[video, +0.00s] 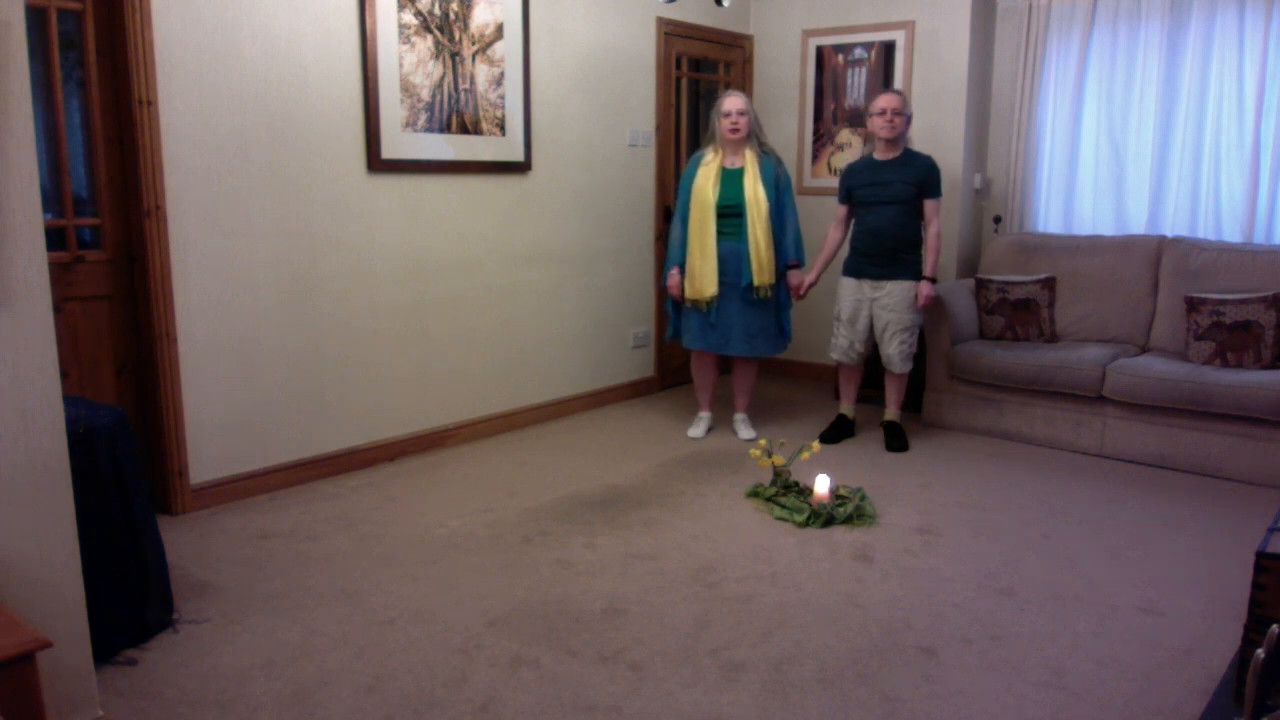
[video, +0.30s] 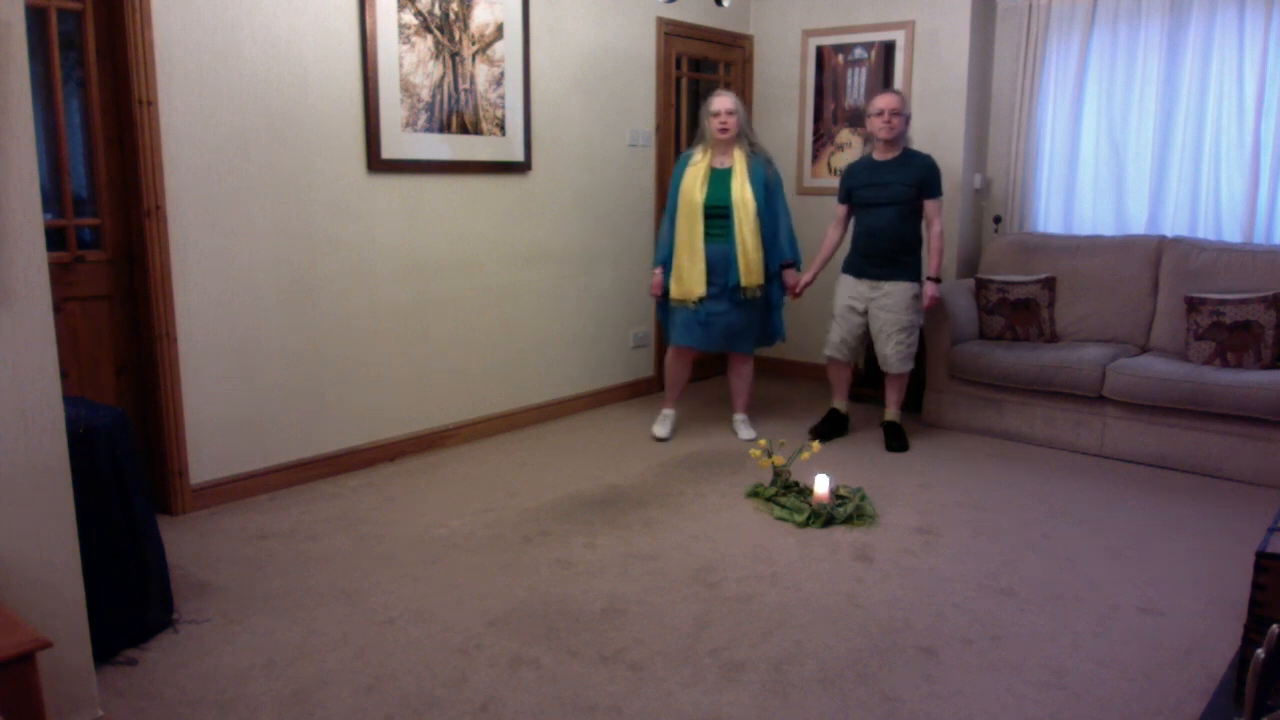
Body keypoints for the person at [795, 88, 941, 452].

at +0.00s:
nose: (889, 119)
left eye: (896, 113)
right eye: (881, 113)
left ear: (907, 121)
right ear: (868, 122)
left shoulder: (923, 167)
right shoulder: (854, 172)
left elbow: (932, 226)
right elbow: (839, 227)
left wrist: (928, 277)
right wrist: (814, 273)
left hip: (902, 279)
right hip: (857, 277)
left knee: (897, 355)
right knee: (848, 349)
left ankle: (892, 419)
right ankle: (845, 416)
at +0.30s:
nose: (887, 120)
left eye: (895, 114)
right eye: (879, 114)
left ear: (906, 121)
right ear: (867, 122)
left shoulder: (922, 166)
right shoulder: (854, 172)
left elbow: (934, 225)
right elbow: (838, 227)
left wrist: (932, 278)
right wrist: (812, 272)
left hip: (901, 281)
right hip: (855, 277)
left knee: (897, 356)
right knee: (838, 347)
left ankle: (892, 419)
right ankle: (838, 412)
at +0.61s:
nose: (860, 123)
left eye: (868, 118)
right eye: (853, 118)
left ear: (880, 124)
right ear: (842, 125)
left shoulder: (896, 170)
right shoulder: (830, 174)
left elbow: (912, 226)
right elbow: (811, 229)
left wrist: (914, 279)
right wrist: (783, 275)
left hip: (876, 283)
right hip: (832, 280)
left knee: (881, 358)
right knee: (820, 352)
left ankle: (890, 420)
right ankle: (819, 416)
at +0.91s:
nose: (824, 124)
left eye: (832, 118)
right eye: (817, 118)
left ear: (845, 125)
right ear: (807, 124)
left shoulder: (860, 170)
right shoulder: (796, 173)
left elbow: (873, 225)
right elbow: (777, 228)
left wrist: (873, 279)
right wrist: (750, 273)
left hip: (840, 277)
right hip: (800, 276)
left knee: (832, 347)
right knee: (803, 350)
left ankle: (842, 414)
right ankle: (815, 416)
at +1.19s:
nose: (800, 123)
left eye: (808, 117)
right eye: (793, 117)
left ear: (822, 125)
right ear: (783, 124)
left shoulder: (837, 169)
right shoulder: (774, 176)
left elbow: (852, 224)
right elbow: (756, 232)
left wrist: (852, 278)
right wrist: (733, 277)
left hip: (820, 278)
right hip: (782, 278)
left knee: (792, 351)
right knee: (794, 352)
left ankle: (767, 425)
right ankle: (818, 416)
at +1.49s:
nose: (782, 122)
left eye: (790, 116)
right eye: (775, 116)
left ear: (802, 124)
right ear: (764, 123)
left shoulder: (817, 172)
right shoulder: (749, 175)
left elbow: (827, 231)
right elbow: (731, 230)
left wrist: (825, 286)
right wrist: (715, 275)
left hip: (792, 285)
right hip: (750, 284)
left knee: (778, 361)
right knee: (751, 360)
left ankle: (763, 428)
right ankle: (789, 398)